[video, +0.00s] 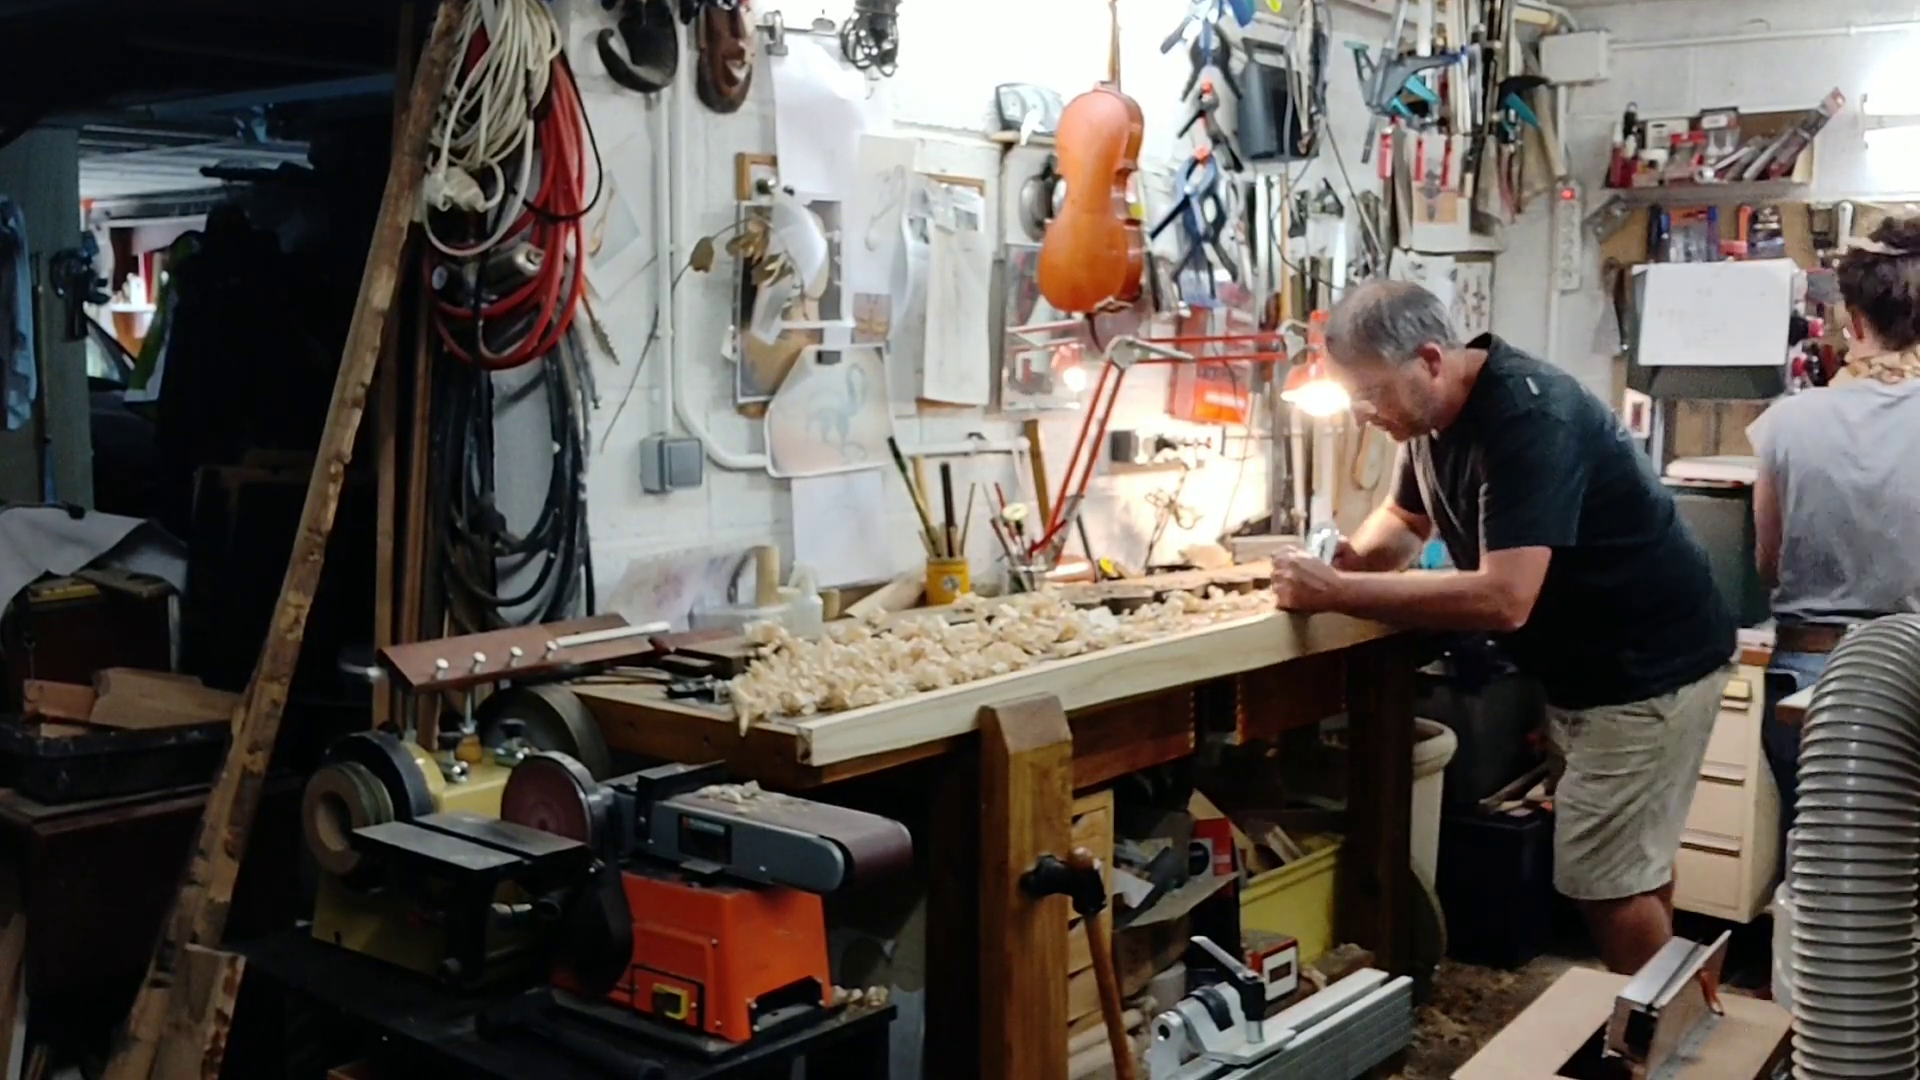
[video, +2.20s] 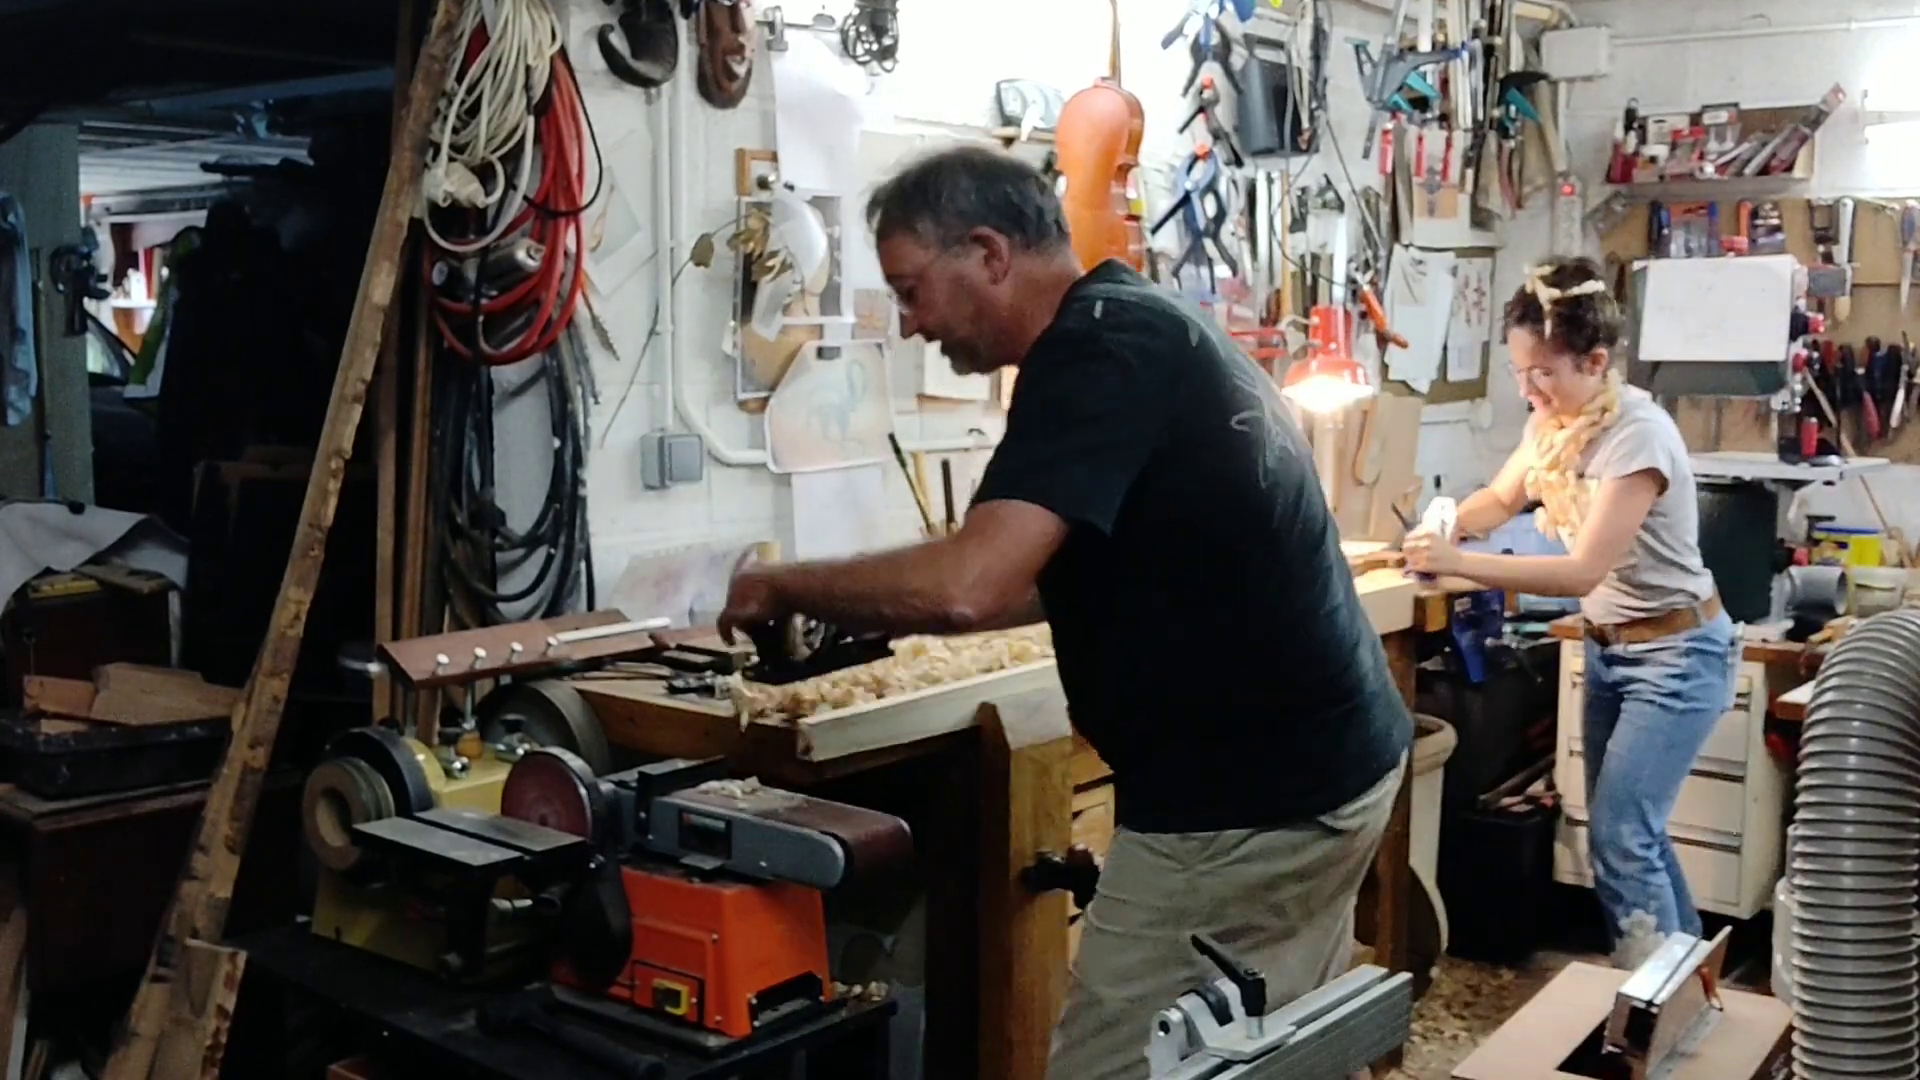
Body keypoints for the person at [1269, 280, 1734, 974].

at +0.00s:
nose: (1369, 416)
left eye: (1376, 396)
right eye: (1359, 401)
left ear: (1432, 361)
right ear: (1430, 362)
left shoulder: (1530, 416)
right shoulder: (1438, 417)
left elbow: (1504, 598)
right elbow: (1405, 520)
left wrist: (1340, 589)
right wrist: (1347, 565)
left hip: (1652, 663)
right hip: (1587, 663)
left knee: (1606, 879)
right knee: (1632, 864)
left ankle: (1662, 1047)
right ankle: (1668, 1026)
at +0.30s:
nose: (1328, 415)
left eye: (1337, 394)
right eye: (1320, 398)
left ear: (1398, 358)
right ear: (1394, 359)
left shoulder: (1499, 415)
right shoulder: (1405, 415)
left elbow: (1448, 606)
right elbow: (1361, 530)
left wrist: (1269, 604)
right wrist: (1297, 565)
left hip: (1629, 693)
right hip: (1512, 679)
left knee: (1631, 924)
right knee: (1484, 867)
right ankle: (1557, 1014)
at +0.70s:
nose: (1217, 423)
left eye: (1226, 402)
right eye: (1209, 406)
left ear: (1292, 362)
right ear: (1289, 363)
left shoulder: (1401, 418)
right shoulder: (1294, 428)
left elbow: (1366, 624)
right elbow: (1264, 543)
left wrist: (1179, 622)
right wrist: (1210, 583)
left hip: (1509, 709)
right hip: (1403, 703)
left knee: (1492, 938)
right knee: (1405, 912)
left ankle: (1601, 1049)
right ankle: (1473, 1060)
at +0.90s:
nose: (1174, 422)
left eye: (1181, 400)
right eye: (1164, 404)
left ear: (1249, 360)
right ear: (1243, 361)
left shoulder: (1361, 416)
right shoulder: (1257, 422)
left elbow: (1327, 632)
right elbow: (1228, 543)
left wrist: (1138, 629)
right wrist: (1172, 584)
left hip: (1488, 688)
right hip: (1401, 690)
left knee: (1424, 927)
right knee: (1410, 919)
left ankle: (1449, 1079)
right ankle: (1468, 1067)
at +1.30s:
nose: (1073, 420)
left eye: (1080, 394)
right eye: (1062, 401)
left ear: (1153, 353)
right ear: (1152, 354)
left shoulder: (1272, 413)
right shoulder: (1180, 415)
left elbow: (1225, 655)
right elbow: (1145, 558)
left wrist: (1020, 661)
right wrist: (1073, 613)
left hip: (1415, 730)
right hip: (1329, 726)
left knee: (1305, 975)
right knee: (1351, 952)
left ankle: (1422, 1063)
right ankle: (1437, 1065)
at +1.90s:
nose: (946, 419)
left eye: (952, 391)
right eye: (936, 397)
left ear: (1029, 346)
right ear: (1031, 346)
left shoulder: (1156, 413)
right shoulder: (1080, 410)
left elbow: (1087, 678)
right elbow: (1046, 579)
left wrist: (865, 693)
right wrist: (946, 638)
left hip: (1312, 763)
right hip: (1237, 753)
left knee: (1226, 1042)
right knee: (1211, 1029)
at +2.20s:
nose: (910, 324)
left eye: (912, 290)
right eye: (901, 297)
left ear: (990, 254)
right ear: (997, 253)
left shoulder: (1095, 348)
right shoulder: (1138, 325)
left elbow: (974, 582)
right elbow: (1063, 577)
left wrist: (777, 584)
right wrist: (879, 603)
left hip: (1239, 797)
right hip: (1317, 767)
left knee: (1106, 1064)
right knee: (1275, 1052)